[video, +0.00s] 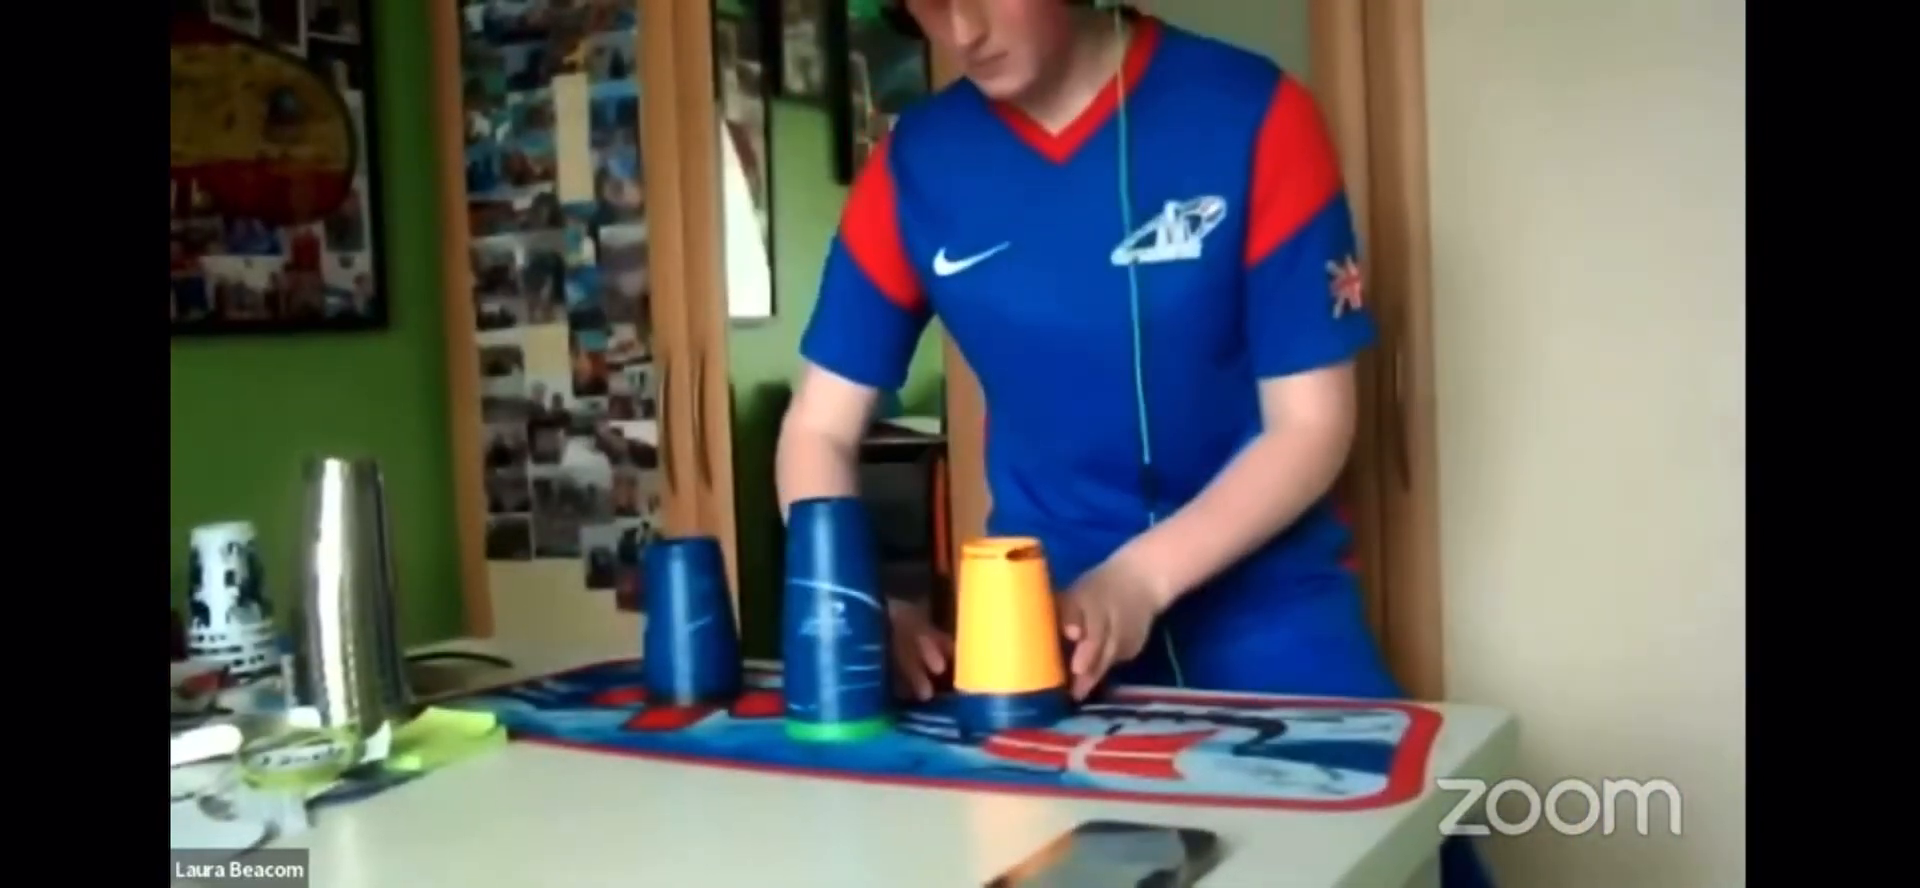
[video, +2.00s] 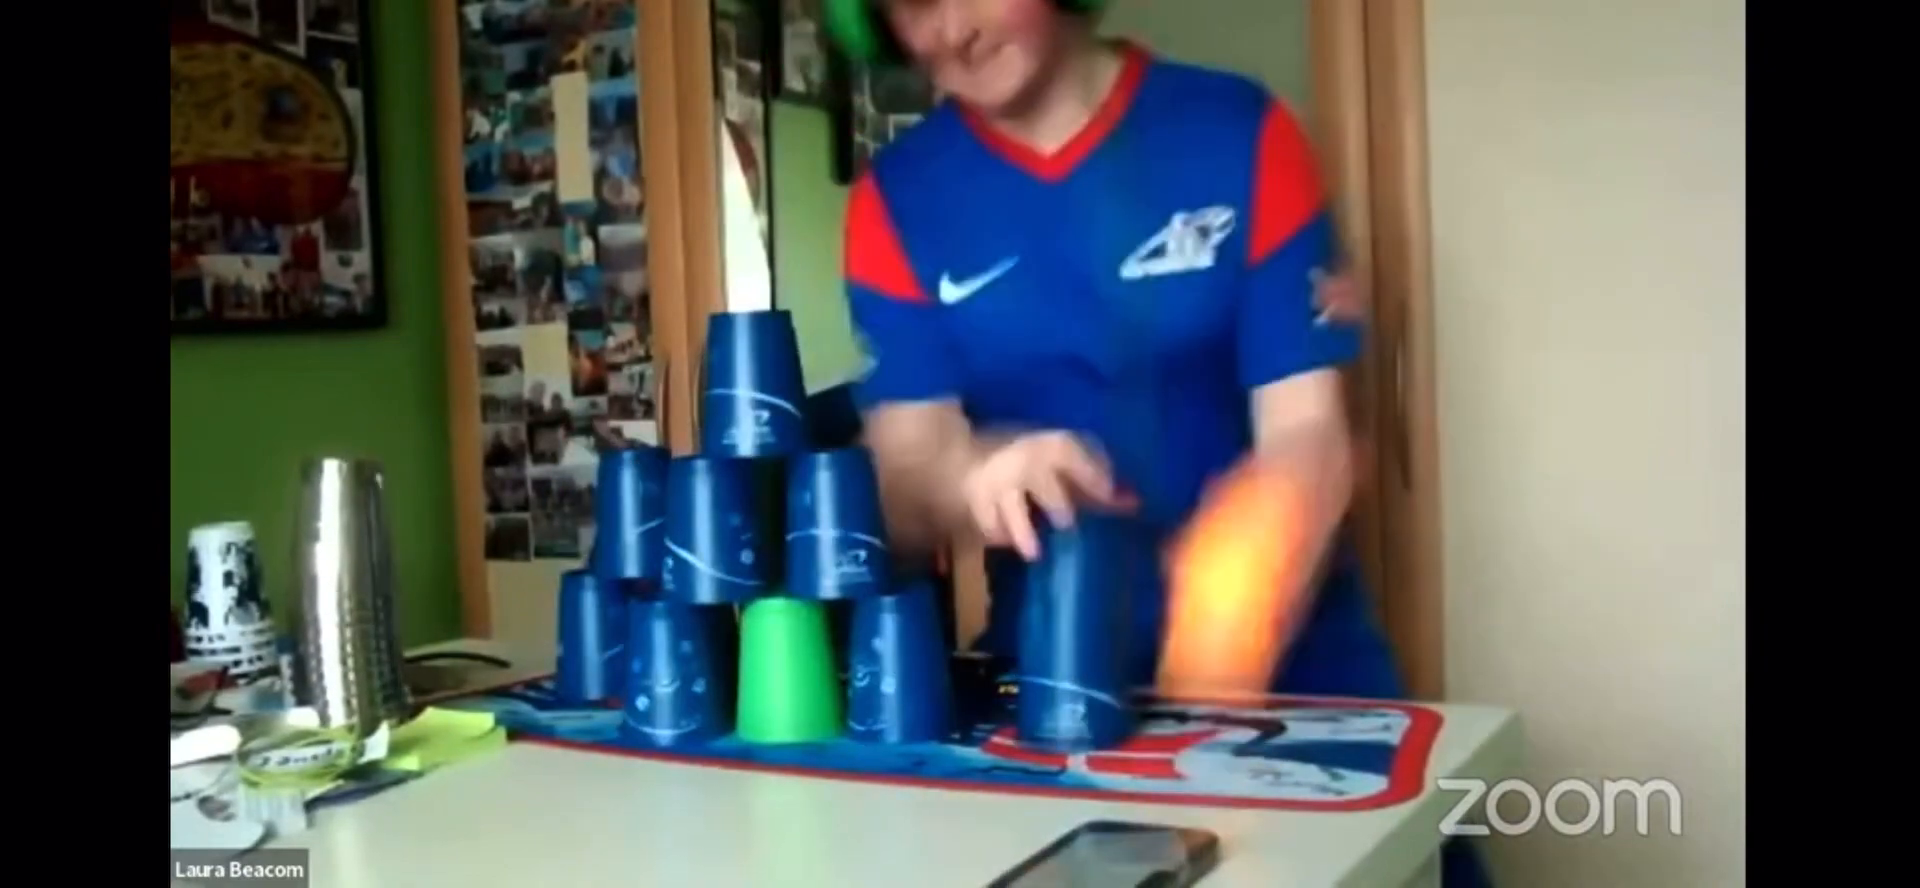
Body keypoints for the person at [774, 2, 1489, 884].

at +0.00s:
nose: (961, 31)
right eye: (930, 5)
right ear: (910, 12)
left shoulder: (1250, 117)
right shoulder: (918, 166)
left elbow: (1314, 426)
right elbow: (818, 431)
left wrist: (1138, 580)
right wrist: (859, 606)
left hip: (1266, 626)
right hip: (1045, 649)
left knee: (1378, 857)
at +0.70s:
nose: (994, 7)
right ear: (943, 4)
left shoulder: (1267, 105)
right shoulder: (931, 149)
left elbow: (1309, 415)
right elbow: (911, 444)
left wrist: (1201, 506)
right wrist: (933, 527)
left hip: (1269, 614)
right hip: (1055, 629)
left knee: (1384, 858)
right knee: (1070, 867)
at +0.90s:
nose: (1018, 1)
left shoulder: (1286, 101)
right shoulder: (941, 143)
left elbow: (1322, 418)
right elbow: (916, 446)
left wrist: (1251, 552)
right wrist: (965, 461)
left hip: (1270, 582)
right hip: (1048, 596)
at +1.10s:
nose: (942, 5)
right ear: (911, 4)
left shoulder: (1243, 120)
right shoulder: (924, 150)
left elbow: (1220, 466)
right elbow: (921, 434)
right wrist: (827, 471)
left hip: (1280, 640)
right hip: (1063, 650)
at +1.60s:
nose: (848, 40)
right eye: (824, 17)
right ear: (816, 33)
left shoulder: (1160, 122)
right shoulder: (886, 180)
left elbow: (1161, 464)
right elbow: (902, 448)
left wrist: (855, 544)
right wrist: (733, 485)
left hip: (1251, 607)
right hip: (1061, 618)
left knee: (1331, 867)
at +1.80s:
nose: (836, 51)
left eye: (864, 4)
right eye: (809, 27)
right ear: (798, 46)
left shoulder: (1115, 134)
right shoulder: (878, 175)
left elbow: (1133, 468)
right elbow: (883, 447)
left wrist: (826, 490)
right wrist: (729, 498)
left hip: (1222, 600)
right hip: (1039, 602)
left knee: (1277, 864)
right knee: (1065, 865)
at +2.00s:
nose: (947, 28)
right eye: (911, 10)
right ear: (893, 29)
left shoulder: (1238, 134)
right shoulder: (899, 199)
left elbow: (1305, 436)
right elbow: (909, 471)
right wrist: (978, 471)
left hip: (1284, 643)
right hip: (1057, 675)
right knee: (1078, 871)